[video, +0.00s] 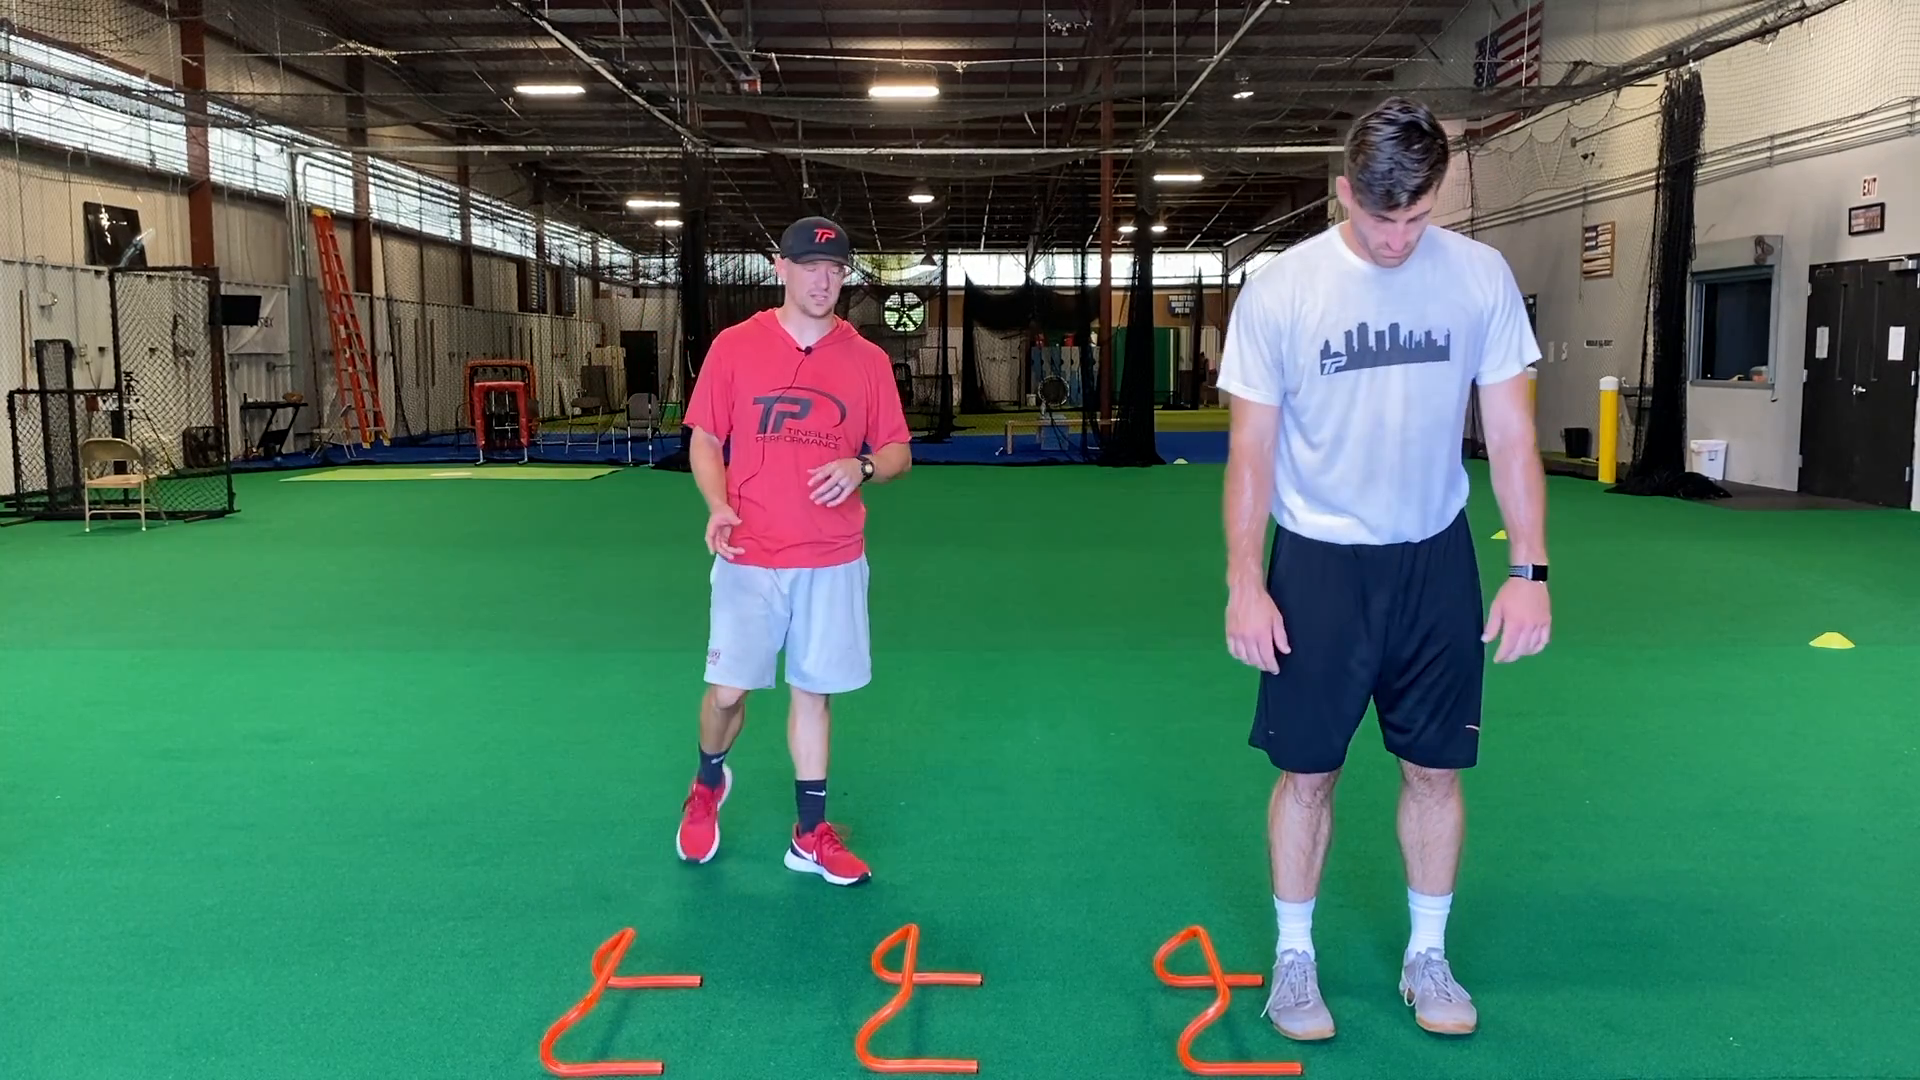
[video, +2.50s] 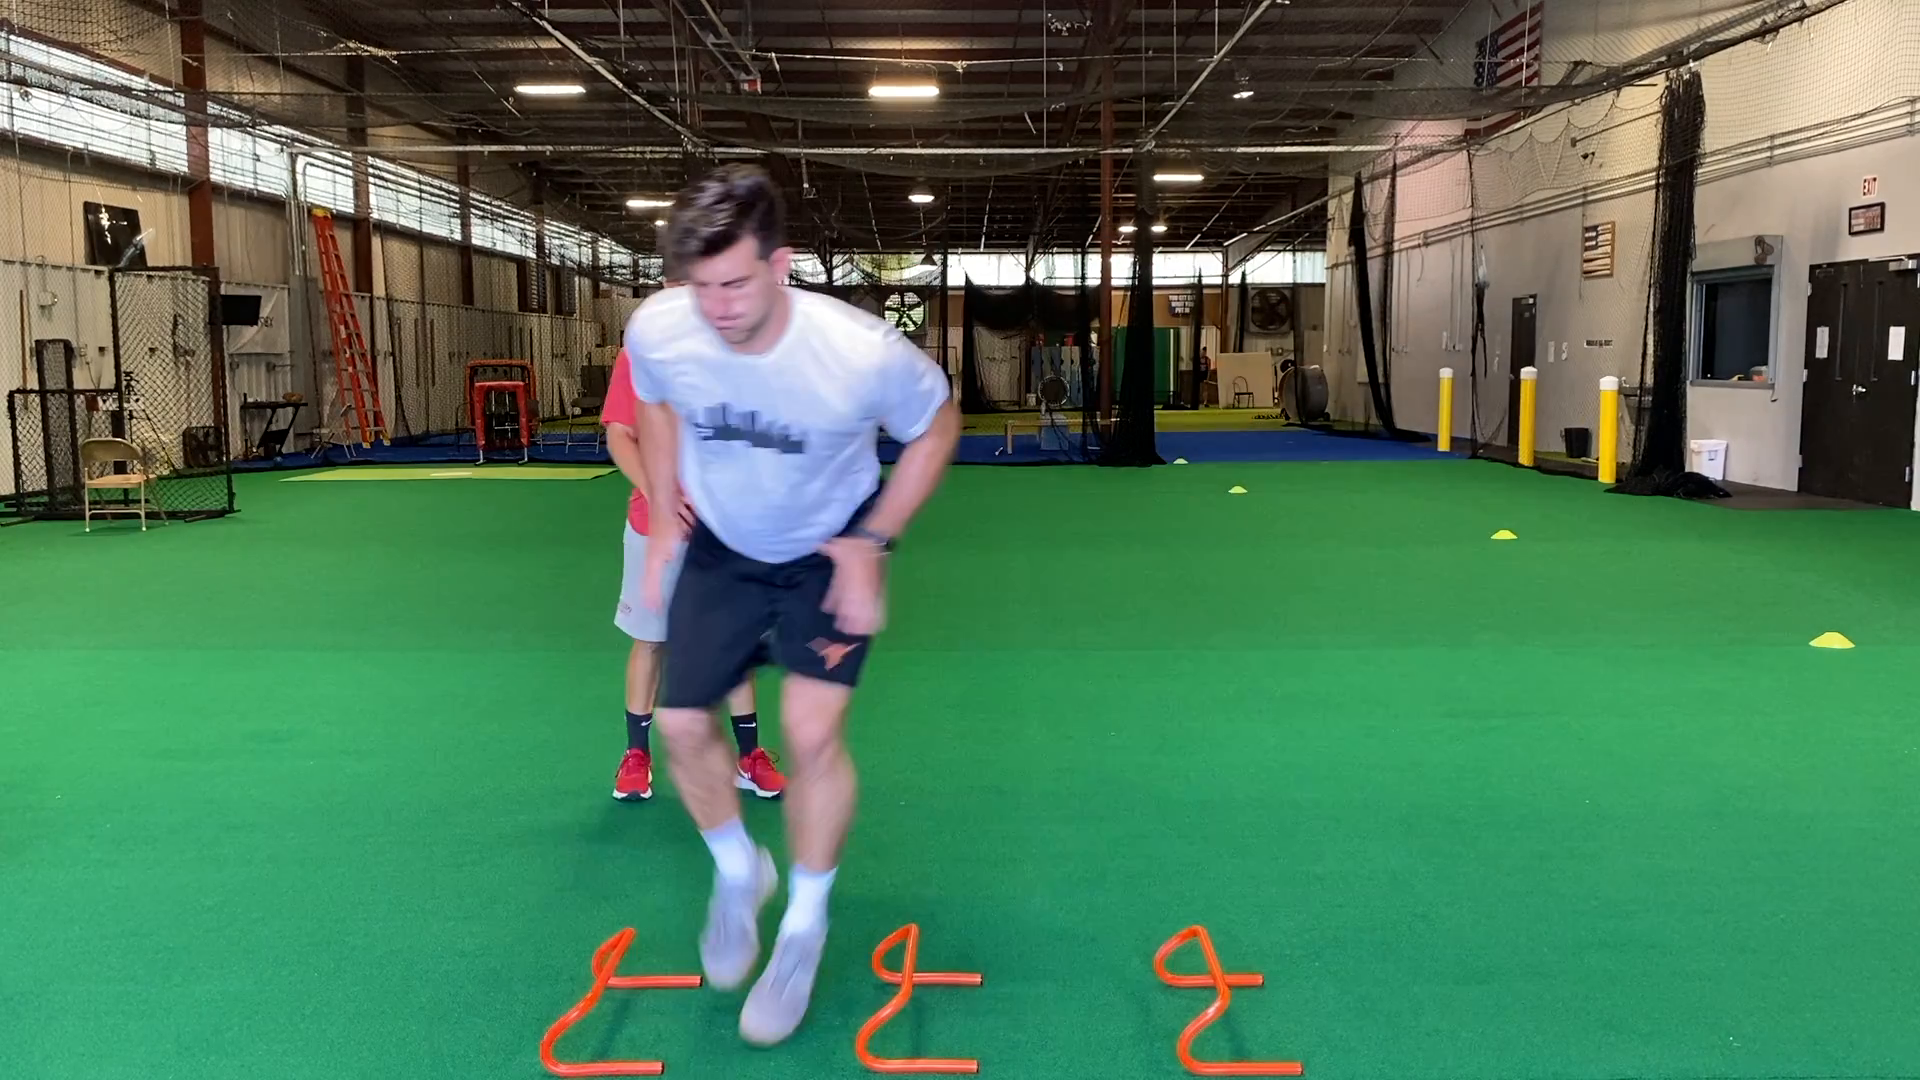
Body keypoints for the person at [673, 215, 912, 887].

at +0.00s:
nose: (824, 279)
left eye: (834, 268)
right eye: (811, 266)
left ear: (846, 276)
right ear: (782, 269)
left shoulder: (869, 362)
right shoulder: (735, 346)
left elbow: (897, 452)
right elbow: (703, 439)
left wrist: (863, 466)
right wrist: (718, 505)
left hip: (830, 560)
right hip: (747, 556)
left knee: (814, 689)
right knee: (729, 689)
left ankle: (811, 831)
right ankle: (709, 784)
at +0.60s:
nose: (736, 289)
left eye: (743, 275)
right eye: (721, 279)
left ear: (754, 279)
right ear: (693, 286)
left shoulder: (795, 355)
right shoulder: (668, 361)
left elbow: (841, 441)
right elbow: (648, 449)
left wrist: (870, 410)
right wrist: (655, 502)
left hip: (772, 553)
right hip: (691, 554)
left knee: (780, 681)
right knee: (700, 675)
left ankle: (803, 819)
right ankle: (709, 796)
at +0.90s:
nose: (702, 287)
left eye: (708, 273)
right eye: (687, 279)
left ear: (722, 275)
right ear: (663, 286)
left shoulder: (769, 343)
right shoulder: (648, 361)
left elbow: (796, 441)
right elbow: (639, 447)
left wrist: (812, 425)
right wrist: (640, 501)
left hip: (761, 537)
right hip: (683, 544)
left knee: (780, 664)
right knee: (699, 665)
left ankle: (789, 791)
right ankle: (709, 794)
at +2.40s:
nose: (713, 292)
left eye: (723, 282)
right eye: (702, 283)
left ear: (742, 287)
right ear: (685, 289)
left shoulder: (760, 349)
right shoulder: (656, 351)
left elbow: (782, 435)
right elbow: (632, 432)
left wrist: (755, 505)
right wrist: (666, 495)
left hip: (744, 525)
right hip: (671, 526)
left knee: (745, 641)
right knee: (656, 640)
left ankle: (753, 754)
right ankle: (638, 751)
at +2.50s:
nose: (700, 297)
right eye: (687, 281)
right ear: (669, 287)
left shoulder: (759, 356)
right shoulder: (643, 350)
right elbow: (618, 434)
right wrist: (658, 496)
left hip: (730, 526)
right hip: (659, 522)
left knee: (737, 646)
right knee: (649, 637)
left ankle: (750, 752)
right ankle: (637, 750)